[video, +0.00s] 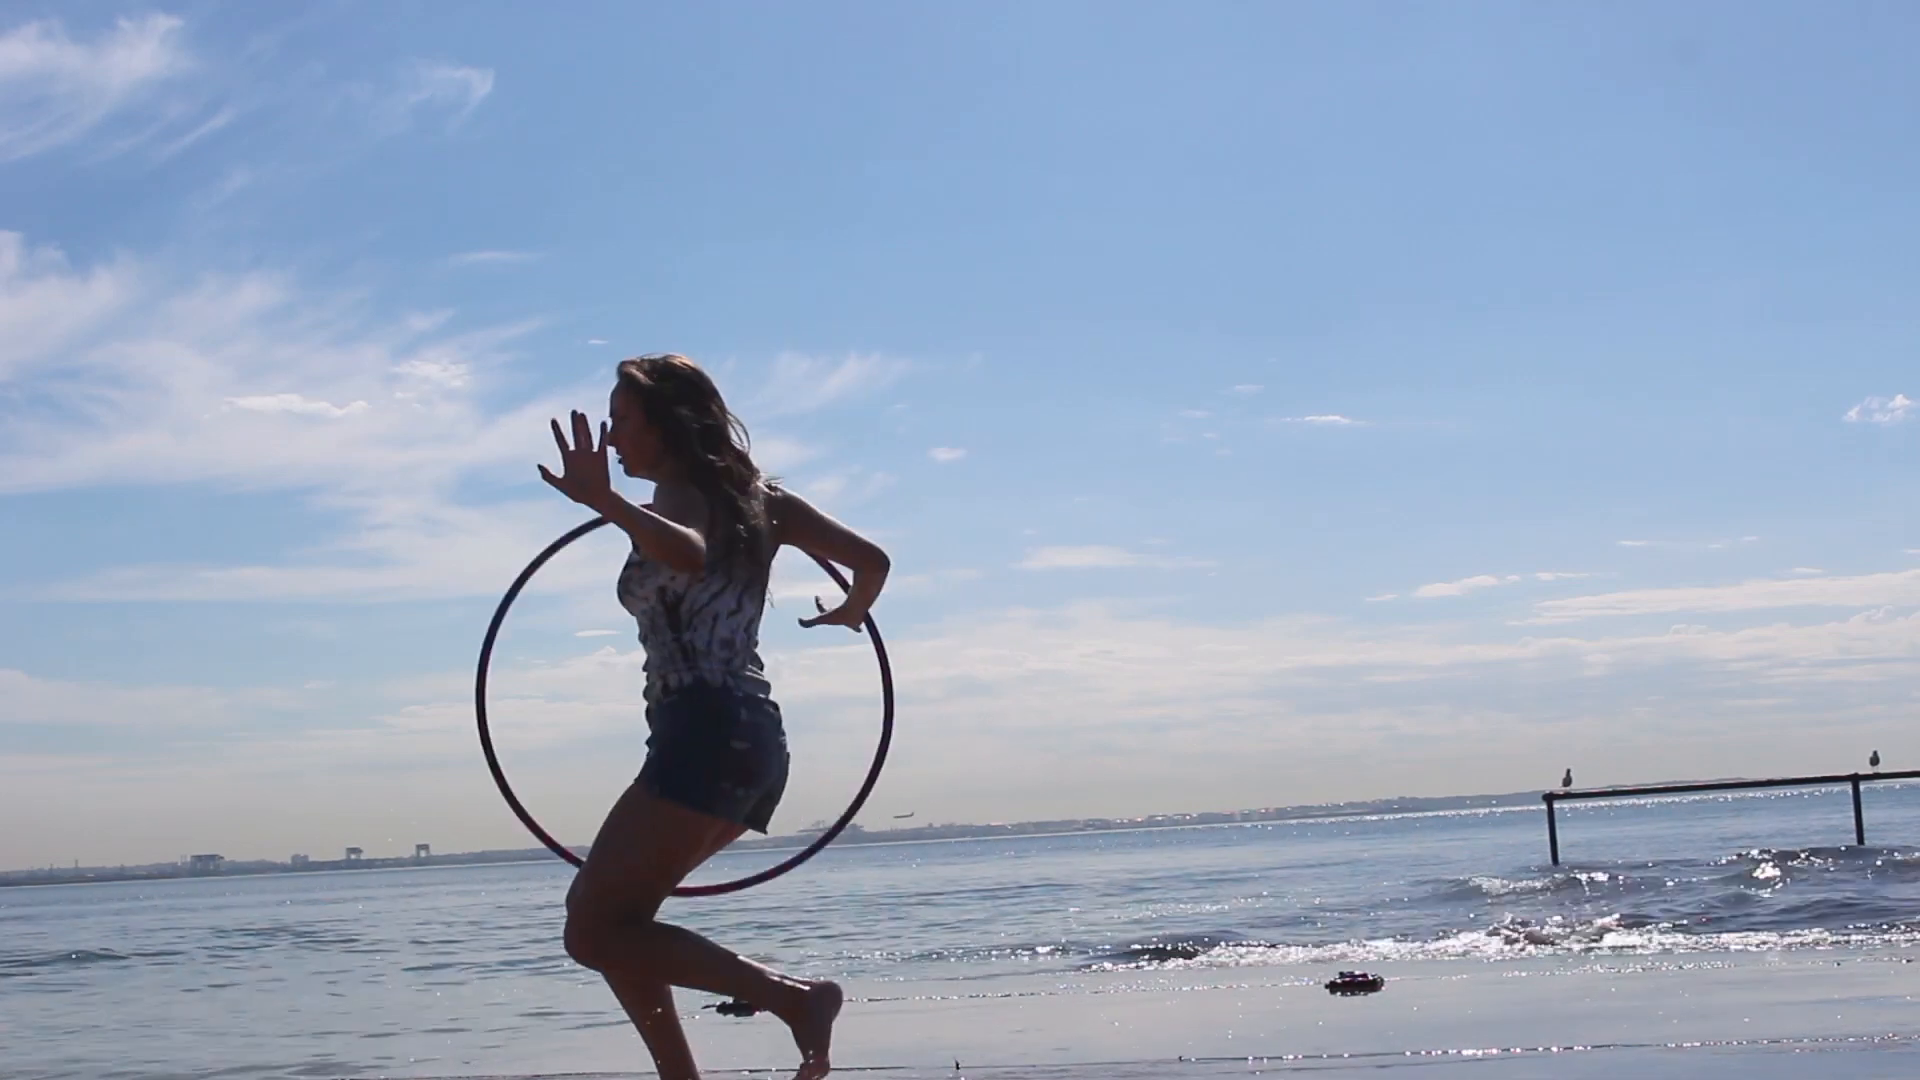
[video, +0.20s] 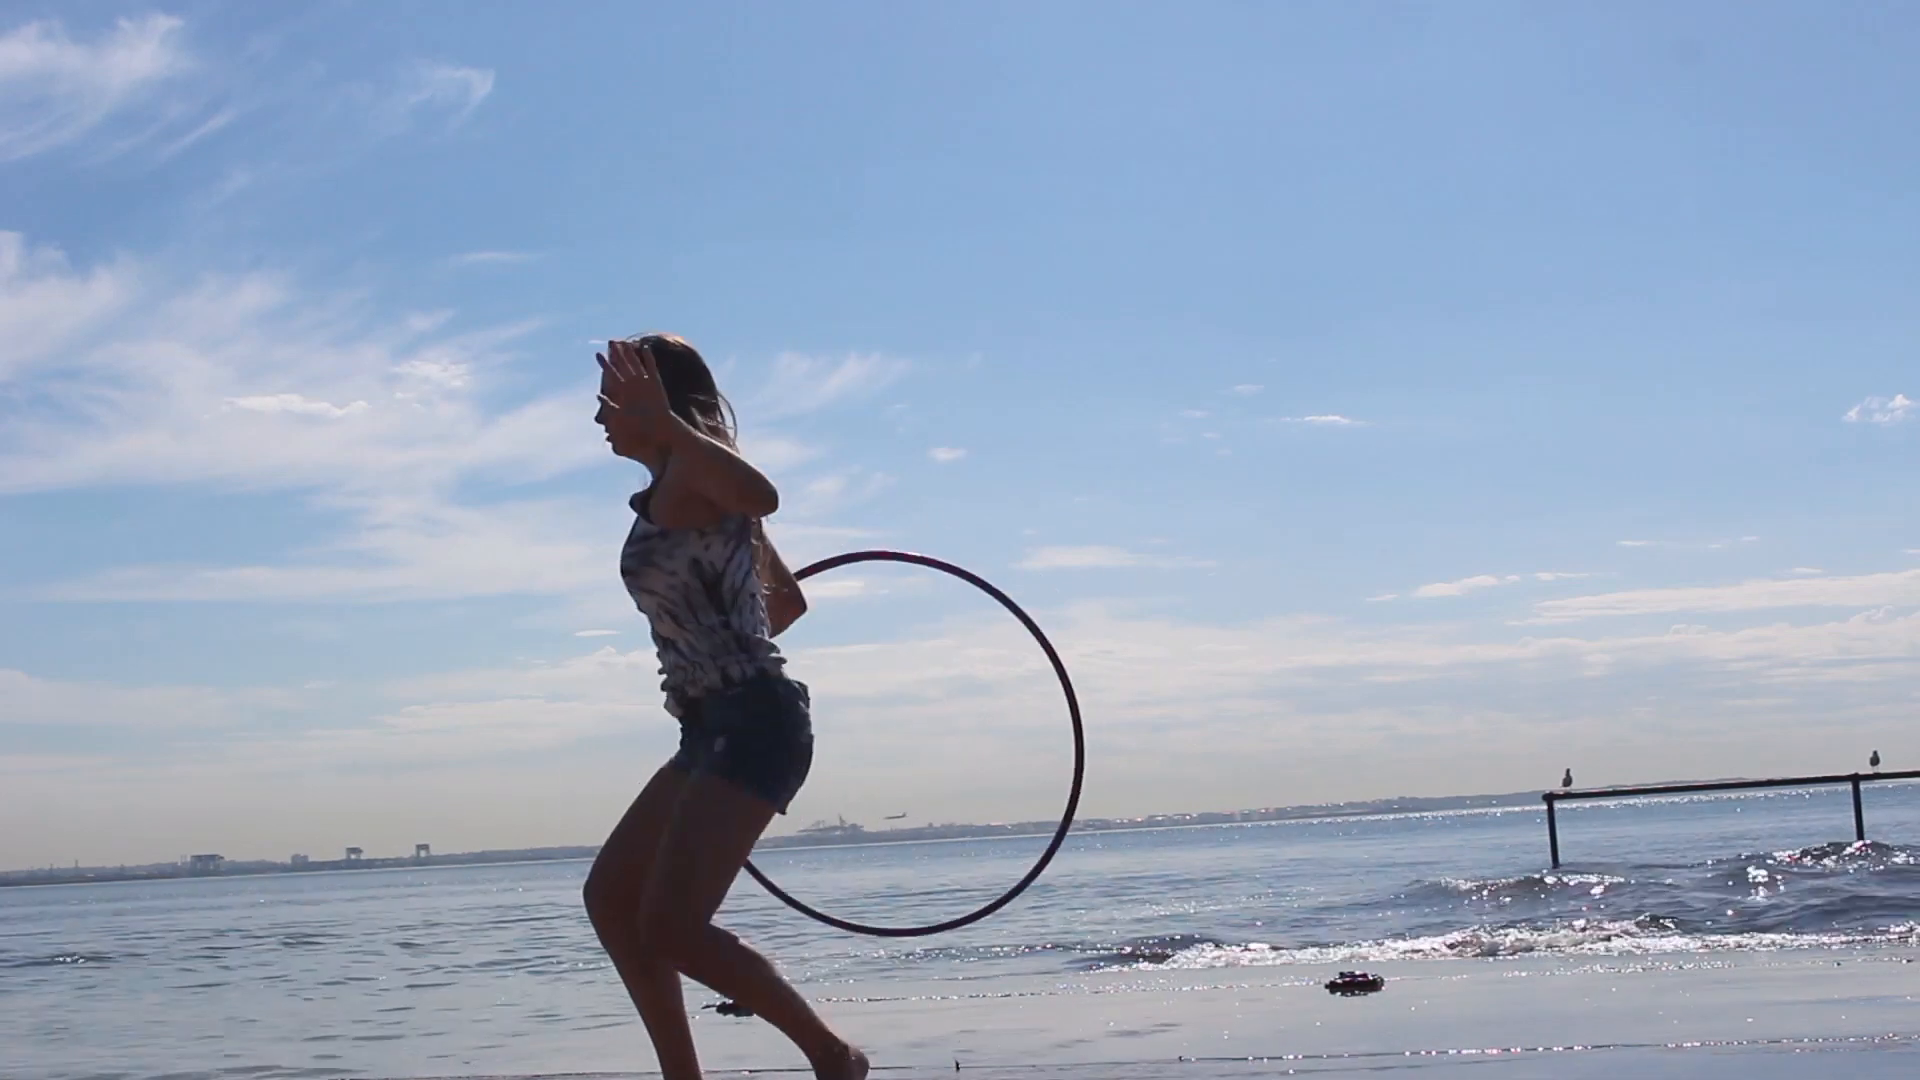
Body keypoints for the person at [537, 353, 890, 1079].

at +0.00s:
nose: (611, 437)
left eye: (621, 424)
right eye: (611, 423)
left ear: (666, 426)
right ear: (681, 428)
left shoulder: (678, 499)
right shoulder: (759, 499)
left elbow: (691, 554)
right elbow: (871, 559)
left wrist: (600, 499)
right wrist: (854, 610)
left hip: (706, 741)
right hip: (750, 745)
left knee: (591, 932)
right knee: (609, 921)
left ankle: (800, 1002)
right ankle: (681, 1073)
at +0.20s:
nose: (601, 416)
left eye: (614, 400)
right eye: (602, 402)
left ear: (660, 404)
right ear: (636, 413)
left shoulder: (695, 465)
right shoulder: (677, 490)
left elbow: (761, 496)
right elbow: (786, 599)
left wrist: (666, 417)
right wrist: (706, 660)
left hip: (758, 728)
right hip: (714, 730)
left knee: (673, 926)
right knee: (611, 898)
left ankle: (836, 1059)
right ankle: (682, 1073)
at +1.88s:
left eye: (789, 239)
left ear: (789, 254)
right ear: (872, 244)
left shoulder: (775, 332)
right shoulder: (927, 314)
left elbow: (679, 250)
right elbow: (1005, 200)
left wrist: (778, 221)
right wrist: (890, 208)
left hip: (800, 591)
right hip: (907, 590)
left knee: (803, 855)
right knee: (897, 853)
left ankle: (776, 1062)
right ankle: (909, 1064)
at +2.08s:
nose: (714, 301)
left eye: (721, 281)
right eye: (709, 286)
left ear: (767, 274)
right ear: (758, 287)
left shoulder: (805, 351)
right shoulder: (786, 361)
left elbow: (705, 208)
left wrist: (796, 242)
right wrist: (784, 244)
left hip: (825, 655)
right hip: (787, 656)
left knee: (772, 881)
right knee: (800, 880)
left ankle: (762, 1075)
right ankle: (938, 1055)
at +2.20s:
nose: (714, 320)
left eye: (720, 305)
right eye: (708, 309)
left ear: (763, 298)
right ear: (714, 318)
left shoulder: (824, 377)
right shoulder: (708, 382)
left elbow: (882, 265)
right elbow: (603, 317)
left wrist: (822, 283)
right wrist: (687, 305)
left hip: (811, 656)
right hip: (715, 658)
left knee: (748, 887)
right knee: (673, 888)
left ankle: (763, 1067)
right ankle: (769, 1038)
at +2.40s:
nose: (795, 288)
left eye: (798, 271)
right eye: (783, 268)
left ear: (761, 278)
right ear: (730, 266)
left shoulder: (763, 366)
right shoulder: (668, 347)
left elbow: (831, 373)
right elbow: (552, 246)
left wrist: (777, 321)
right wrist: (643, 262)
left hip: (752, 636)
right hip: (674, 630)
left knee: (733, 877)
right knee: (710, 873)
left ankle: (743, 1076)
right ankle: (648, 1073)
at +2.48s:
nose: (769, 287)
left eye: (775, 272)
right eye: (763, 265)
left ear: (739, 273)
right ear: (720, 261)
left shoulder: (703, 358)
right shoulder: (690, 351)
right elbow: (676, 251)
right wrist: (662, 244)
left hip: (655, 630)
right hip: (680, 630)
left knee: (694, 872)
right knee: (697, 871)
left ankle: (701, 1072)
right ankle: (638, 1073)